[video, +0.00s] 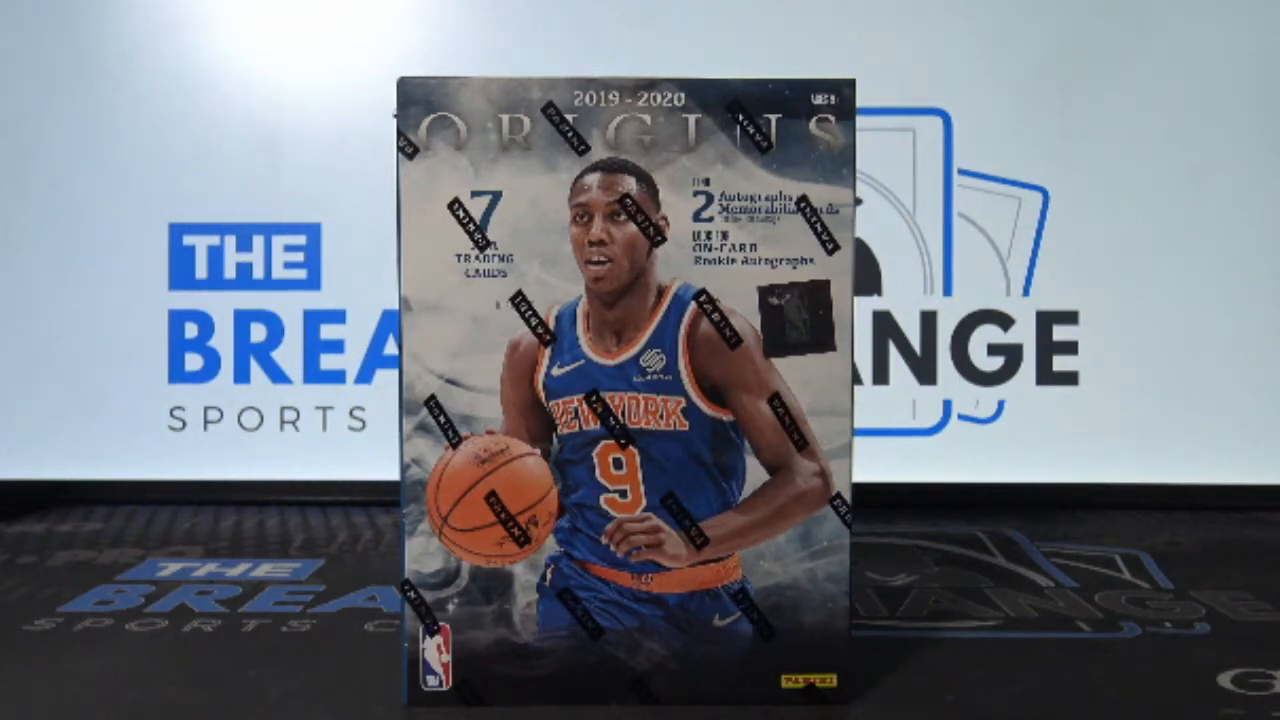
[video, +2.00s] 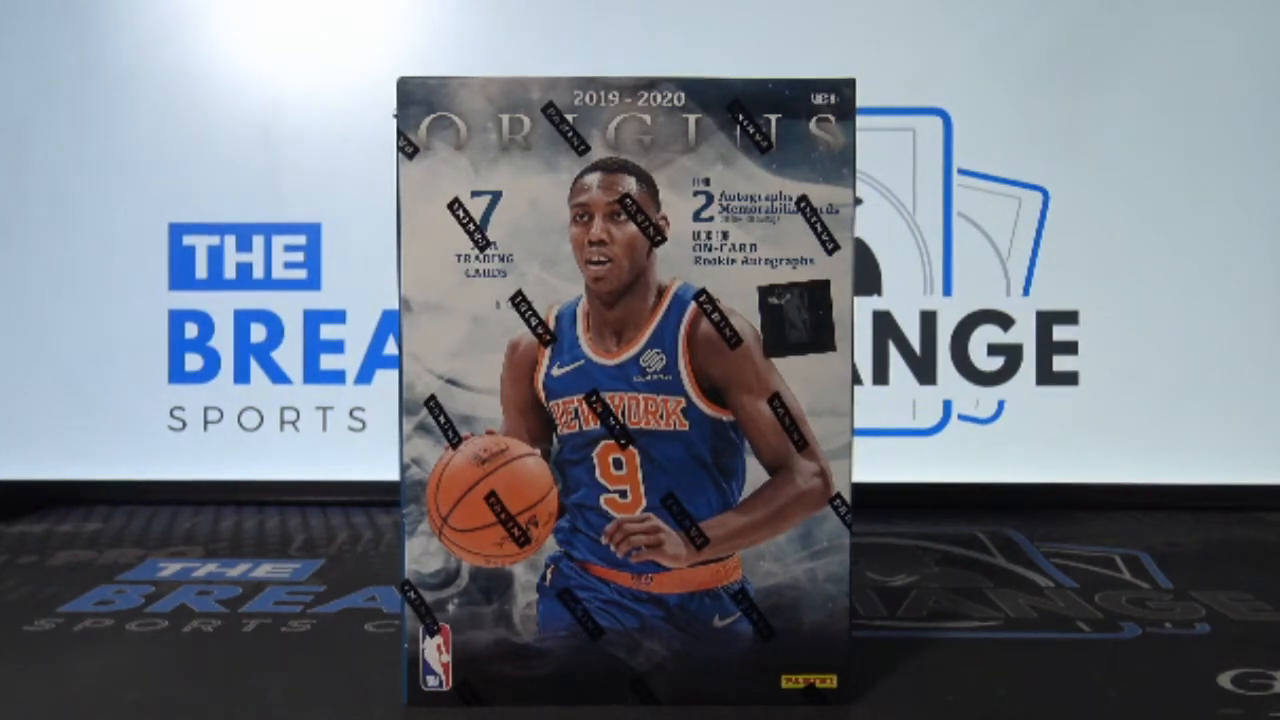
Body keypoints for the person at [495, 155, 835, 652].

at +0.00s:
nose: (595, 235)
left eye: (617, 216)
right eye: (581, 218)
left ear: (657, 230)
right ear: (569, 232)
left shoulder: (713, 334)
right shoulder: (534, 353)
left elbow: (809, 476)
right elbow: (526, 487)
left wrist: (695, 542)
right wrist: (474, 474)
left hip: (698, 611)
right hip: (584, 604)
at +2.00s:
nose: (595, 234)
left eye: (618, 216)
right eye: (582, 218)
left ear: (658, 229)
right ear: (569, 232)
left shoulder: (712, 334)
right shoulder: (534, 353)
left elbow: (809, 476)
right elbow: (526, 487)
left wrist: (695, 543)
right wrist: (480, 469)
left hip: (697, 613)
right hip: (582, 607)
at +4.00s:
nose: (595, 234)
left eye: (617, 216)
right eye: (582, 218)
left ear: (657, 230)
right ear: (570, 231)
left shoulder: (712, 334)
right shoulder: (534, 352)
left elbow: (809, 476)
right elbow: (525, 486)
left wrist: (694, 543)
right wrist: (478, 469)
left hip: (697, 611)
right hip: (583, 604)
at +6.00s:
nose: (595, 235)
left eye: (617, 216)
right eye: (582, 218)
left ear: (657, 230)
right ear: (569, 232)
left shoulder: (712, 334)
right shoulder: (534, 352)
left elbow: (810, 477)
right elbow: (529, 489)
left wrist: (696, 542)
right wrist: (486, 469)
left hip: (699, 613)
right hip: (583, 606)